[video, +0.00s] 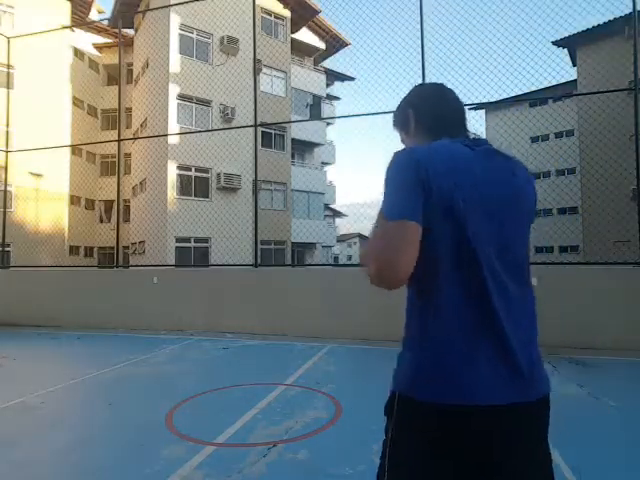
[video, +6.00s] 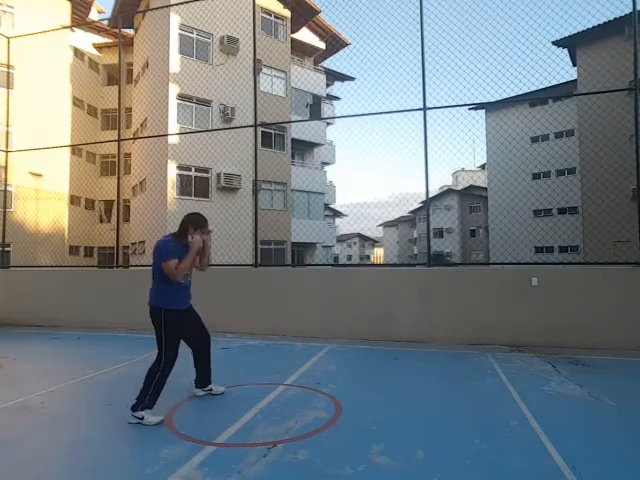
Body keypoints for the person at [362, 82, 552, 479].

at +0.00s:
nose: (405, 145)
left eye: (403, 135)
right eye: (403, 137)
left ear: (414, 124)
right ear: (459, 121)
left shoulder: (414, 162)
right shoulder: (516, 172)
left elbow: (391, 270)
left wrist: (371, 250)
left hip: (438, 396)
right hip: (520, 396)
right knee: (522, 472)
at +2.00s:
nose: (356, 187)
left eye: (357, 182)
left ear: (359, 184)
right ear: (396, 188)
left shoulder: (331, 215)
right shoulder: (413, 228)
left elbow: (307, 283)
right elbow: (407, 287)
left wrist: (337, 263)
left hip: (331, 356)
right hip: (386, 360)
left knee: (308, 430)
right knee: (395, 451)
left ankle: (313, 476)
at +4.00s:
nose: (212, 224)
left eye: (213, 219)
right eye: (212, 218)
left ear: (188, 213)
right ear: (205, 216)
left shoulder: (172, 235)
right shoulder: (195, 240)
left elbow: (201, 234)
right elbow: (211, 279)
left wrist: (231, 231)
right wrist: (222, 251)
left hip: (176, 323)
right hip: (197, 326)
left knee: (194, 377)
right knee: (215, 384)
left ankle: (184, 429)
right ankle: (171, 450)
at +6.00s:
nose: (203, 236)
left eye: (204, 233)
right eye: (201, 232)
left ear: (192, 231)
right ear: (190, 230)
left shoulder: (188, 246)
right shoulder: (165, 246)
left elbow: (202, 266)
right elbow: (177, 275)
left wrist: (206, 245)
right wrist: (194, 249)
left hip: (183, 308)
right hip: (164, 310)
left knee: (202, 341)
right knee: (166, 357)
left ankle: (203, 385)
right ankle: (139, 409)